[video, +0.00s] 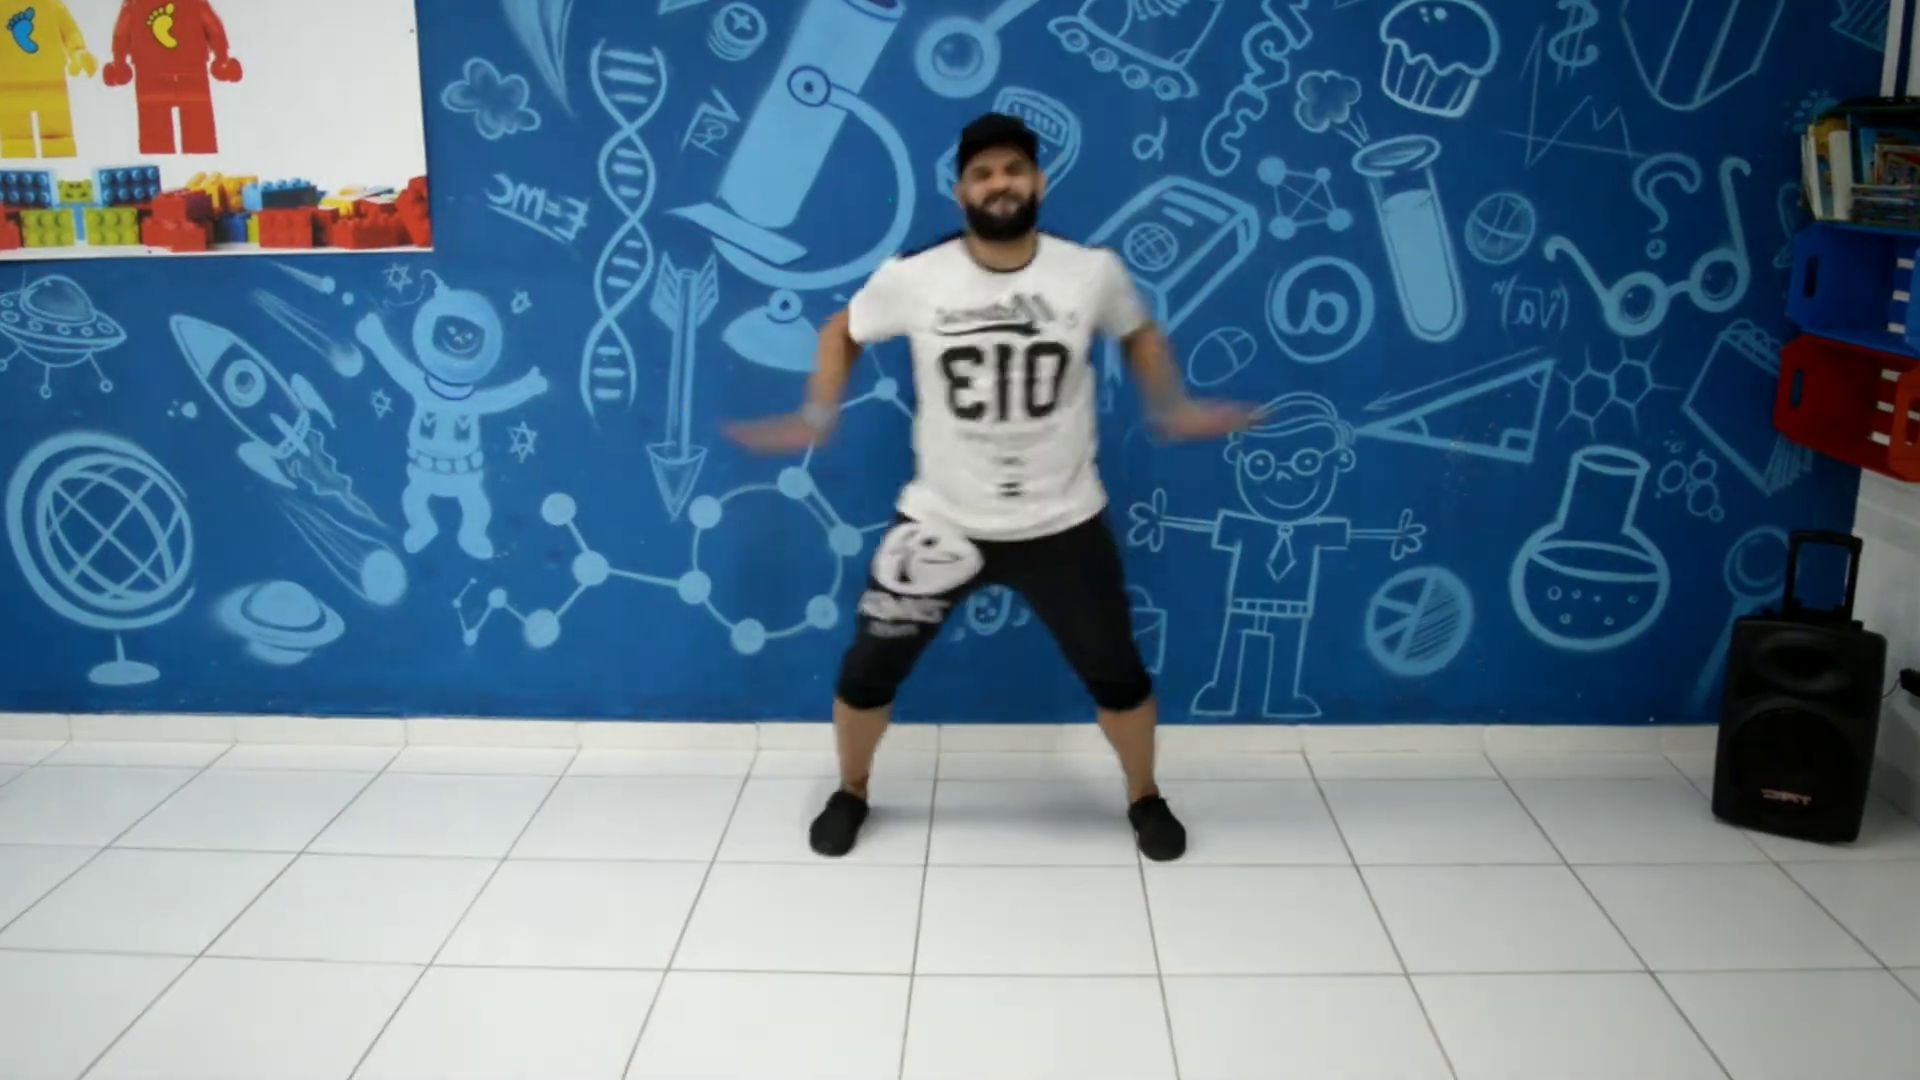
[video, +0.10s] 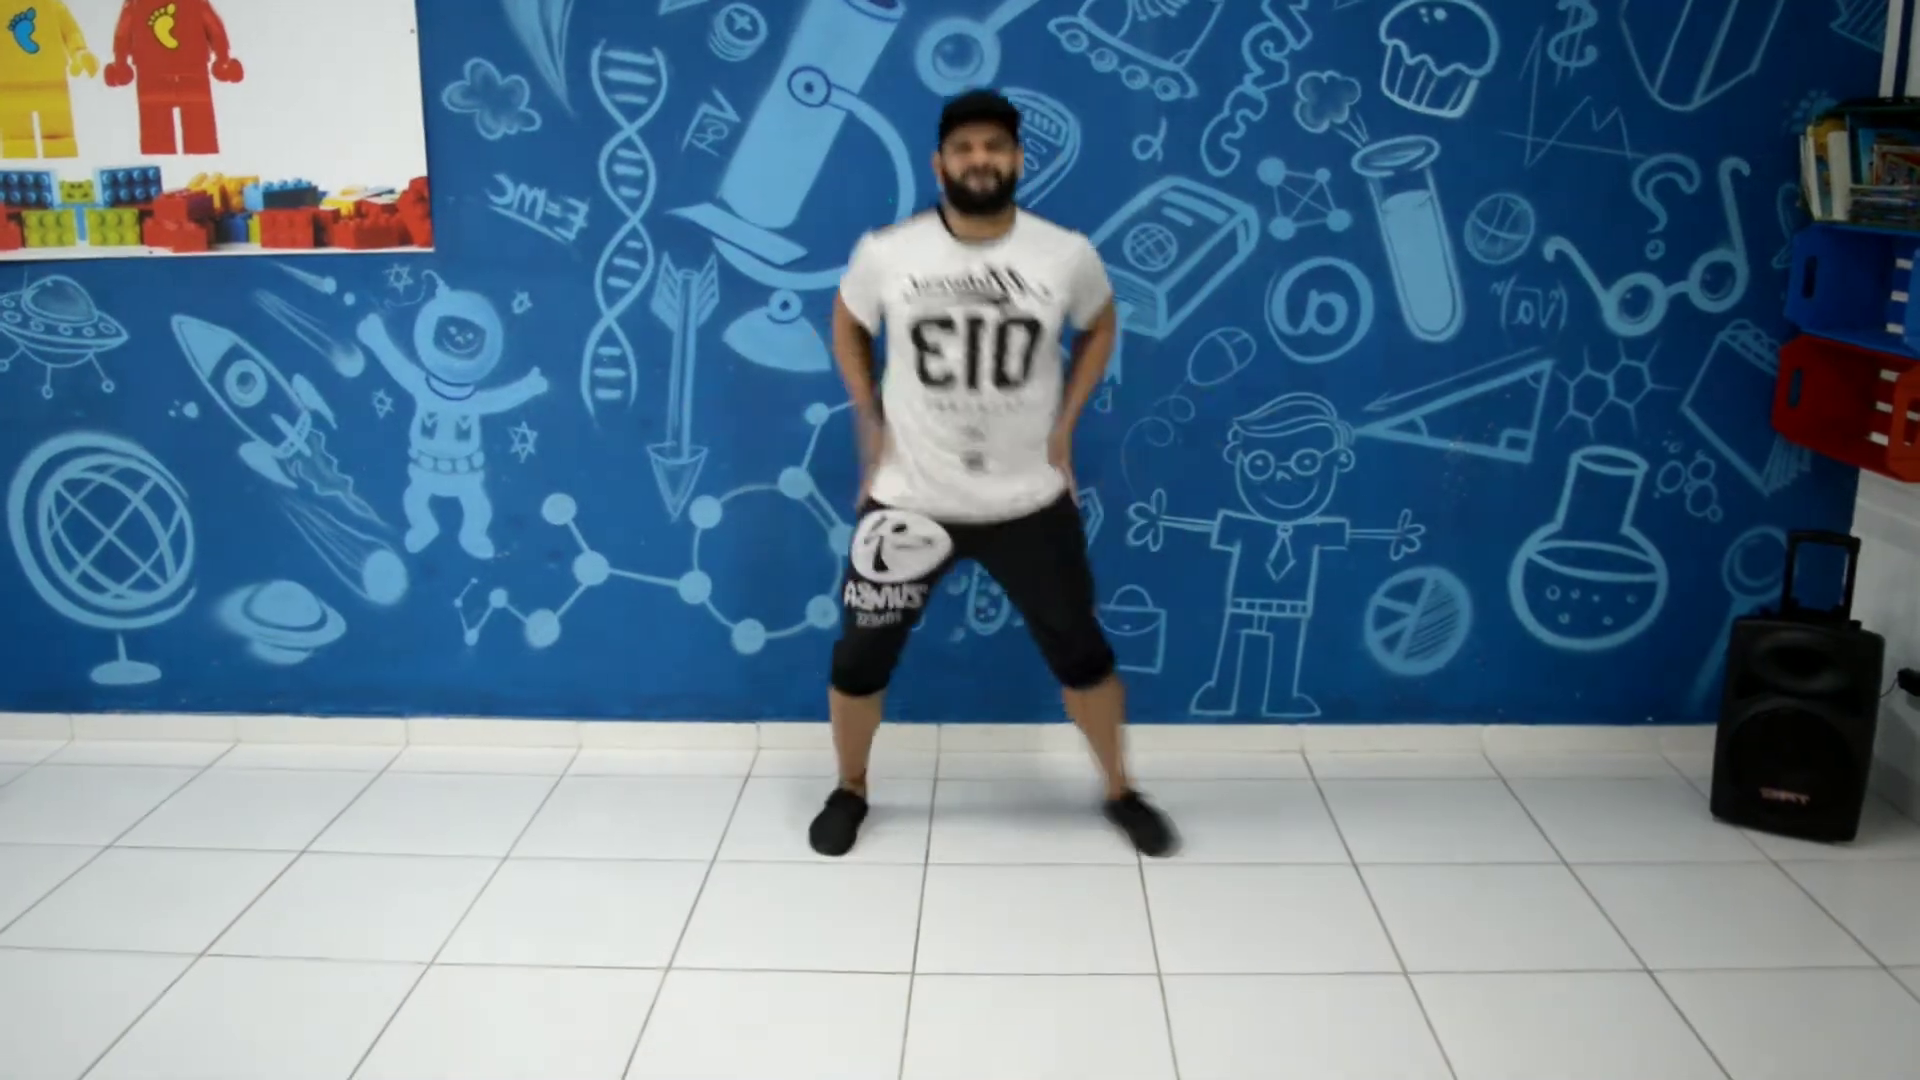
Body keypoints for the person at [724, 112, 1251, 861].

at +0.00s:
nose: (1000, 184)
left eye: (1016, 170)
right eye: (983, 172)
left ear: (1041, 183)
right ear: (960, 188)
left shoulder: (1092, 274)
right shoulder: (909, 283)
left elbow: (1143, 338)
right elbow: (839, 334)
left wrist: (1173, 408)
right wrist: (820, 414)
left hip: (1063, 521)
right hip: (943, 520)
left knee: (1117, 673)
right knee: (868, 670)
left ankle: (1145, 797)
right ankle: (850, 793)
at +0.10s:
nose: (980, 160)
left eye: (995, 147)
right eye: (962, 148)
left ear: (1018, 160)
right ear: (939, 163)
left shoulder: (1066, 257)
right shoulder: (887, 256)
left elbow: (1101, 326)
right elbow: (847, 324)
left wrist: (1063, 429)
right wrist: (871, 424)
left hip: (1028, 495)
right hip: (912, 491)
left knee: (1081, 652)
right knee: (861, 655)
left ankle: (1121, 792)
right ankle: (849, 790)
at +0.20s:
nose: (965, 130)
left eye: (981, 118)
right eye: (950, 116)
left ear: (1004, 132)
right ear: (925, 129)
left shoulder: (1048, 227)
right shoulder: (870, 219)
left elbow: (1096, 319)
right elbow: (815, 309)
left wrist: (1126, 425)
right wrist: (775, 406)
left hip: (1013, 475)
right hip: (898, 470)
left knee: (1041, 645)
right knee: (864, 638)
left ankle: (1016, 753)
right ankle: (850, 783)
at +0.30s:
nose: (953, 144)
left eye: (970, 131)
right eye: (938, 129)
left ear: (992, 145)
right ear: (914, 139)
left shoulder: (1035, 243)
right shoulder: (856, 231)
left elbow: (1109, 341)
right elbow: (781, 328)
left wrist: (1183, 428)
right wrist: (709, 419)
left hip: (996, 486)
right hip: (886, 478)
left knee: (992, 658)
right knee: (849, 645)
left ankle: (931, 733)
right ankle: (852, 783)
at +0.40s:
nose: (942, 179)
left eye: (959, 166)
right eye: (928, 163)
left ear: (983, 178)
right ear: (906, 173)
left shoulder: (1031, 273)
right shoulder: (849, 270)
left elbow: (1111, 364)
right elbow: (768, 359)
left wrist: (1196, 451)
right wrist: (687, 448)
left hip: (979, 514)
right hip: (870, 501)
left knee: (965, 684)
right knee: (837, 663)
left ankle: (915, 755)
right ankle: (850, 789)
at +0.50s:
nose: (946, 161)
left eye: (963, 148)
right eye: (931, 146)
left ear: (986, 159)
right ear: (909, 153)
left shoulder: (1035, 247)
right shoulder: (852, 255)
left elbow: (1110, 349)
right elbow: (776, 351)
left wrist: (1173, 443)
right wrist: (701, 441)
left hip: (991, 497)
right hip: (880, 492)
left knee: (1013, 667)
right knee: (857, 655)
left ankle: (954, 744)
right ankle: (852, 787)